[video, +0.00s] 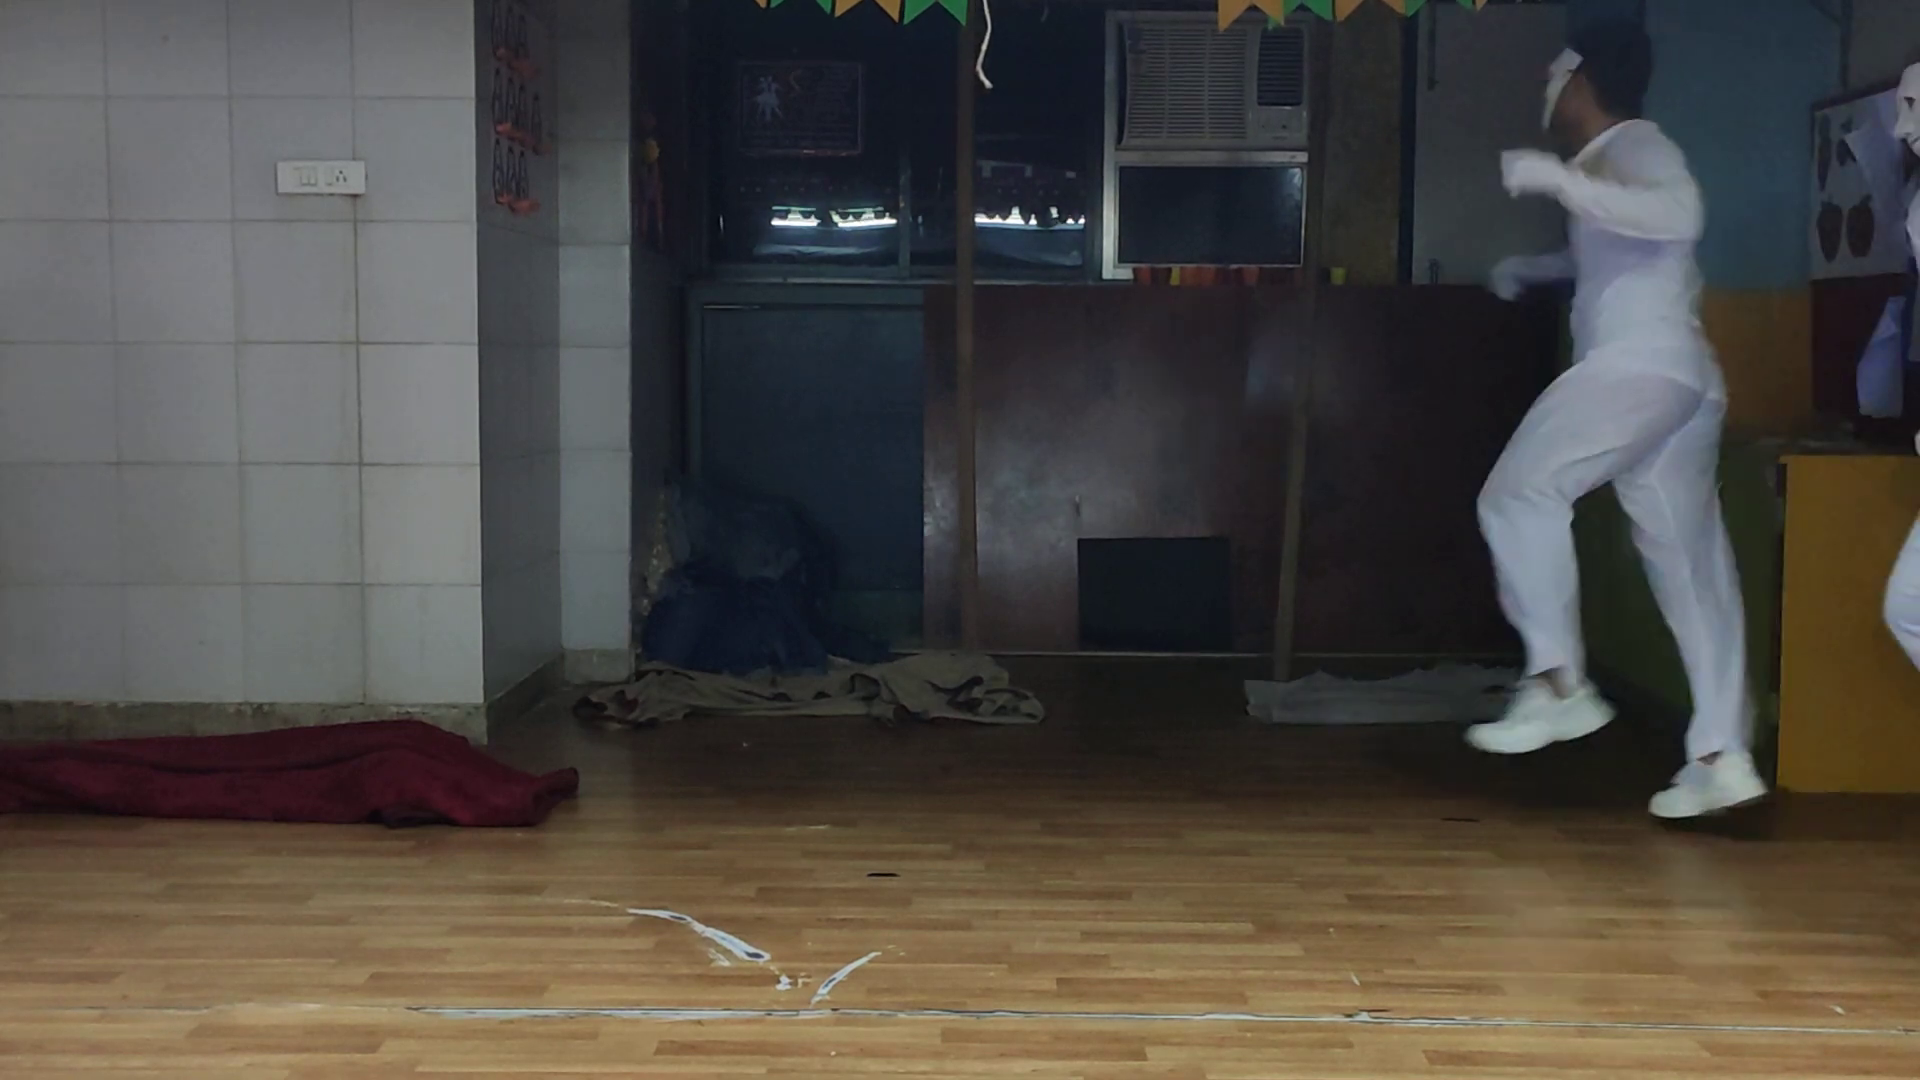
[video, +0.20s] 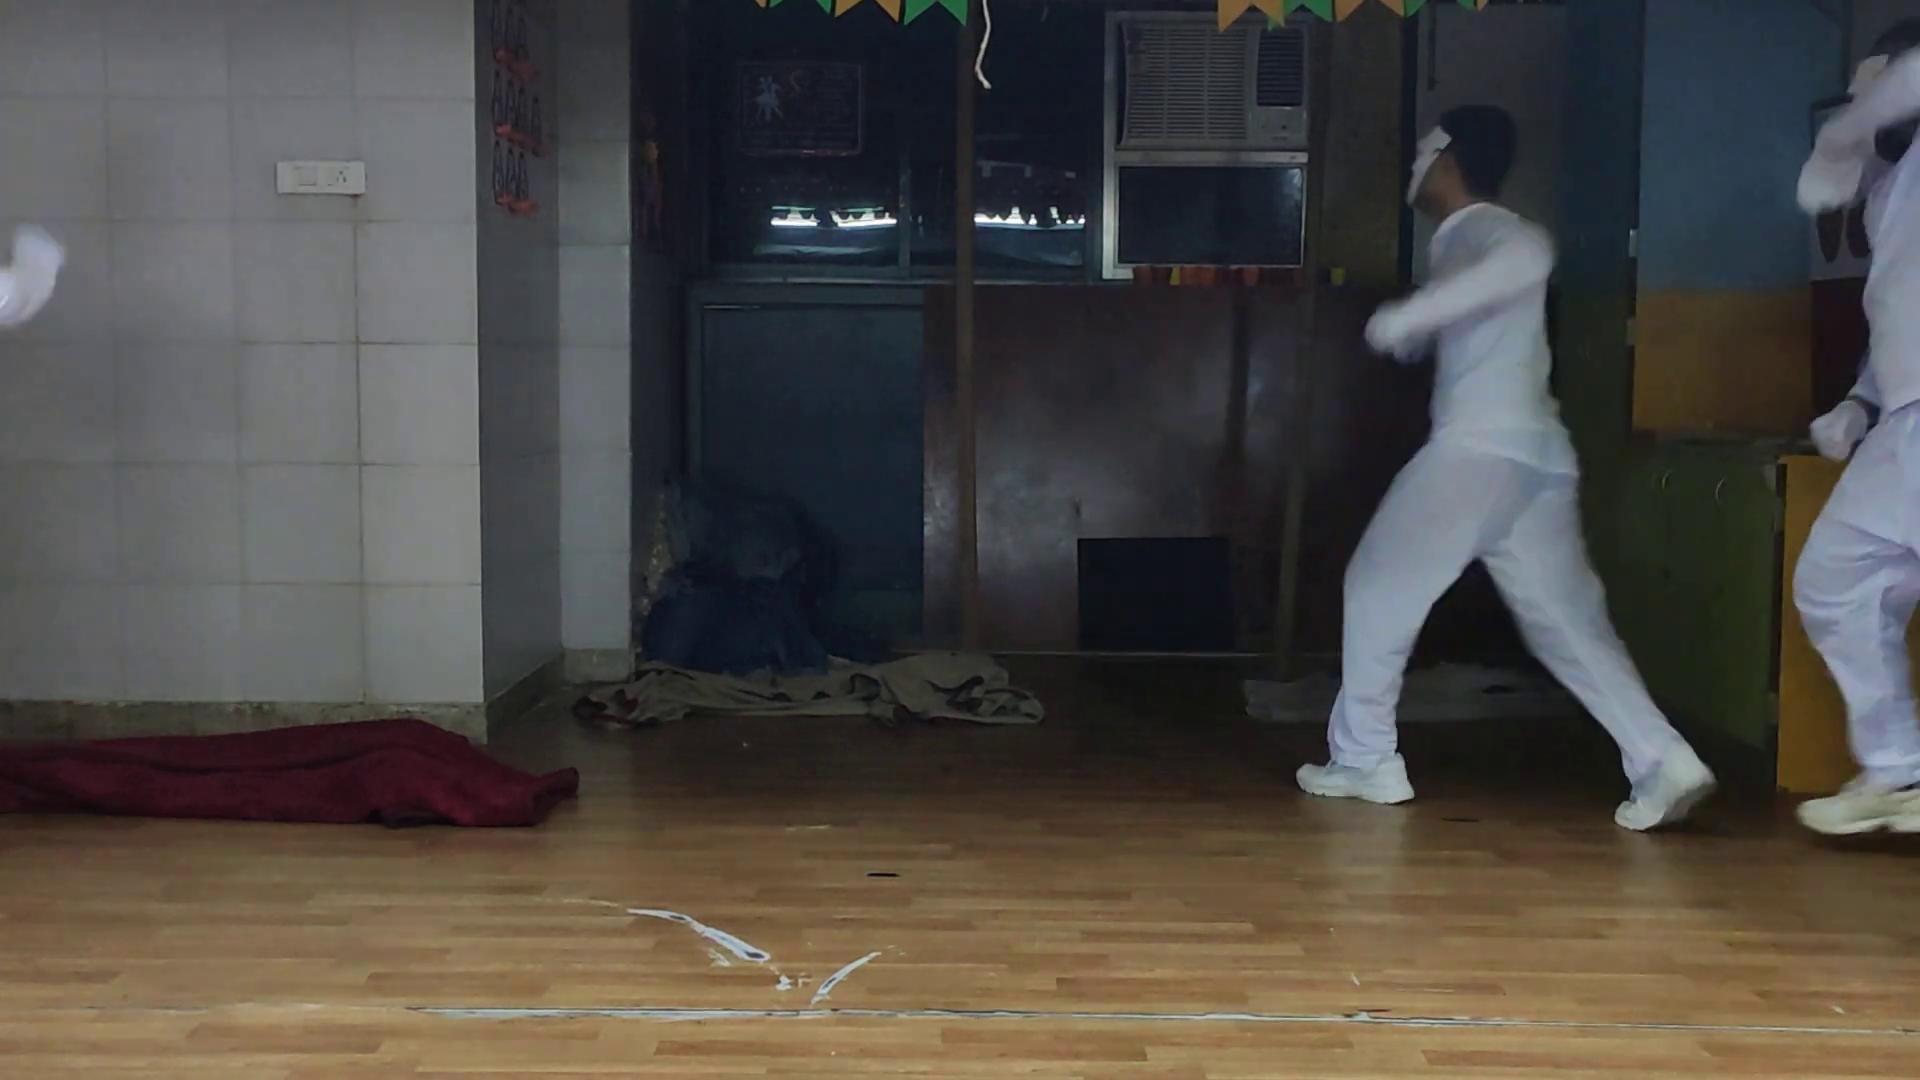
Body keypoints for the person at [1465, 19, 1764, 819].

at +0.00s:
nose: (1552, 93)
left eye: (1561, 77)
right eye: (1554, 79)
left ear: (1591, 82)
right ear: (1607, 85)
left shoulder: (1635, 143)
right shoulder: (1609, 164)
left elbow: (1679, 214)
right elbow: (1617, 254)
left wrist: (1563, 180)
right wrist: (1540, 270)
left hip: (1639, 365)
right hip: (1675, 377)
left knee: (1519, 494)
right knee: (1691, 565)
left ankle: (1559, 685)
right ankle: (1722, 756)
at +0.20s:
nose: (1415, 169)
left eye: (1423, 155)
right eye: (1420, 155)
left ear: (1448, 162)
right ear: (1471, 169)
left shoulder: (1486, 226)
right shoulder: (1456, 241)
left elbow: (1528, 260)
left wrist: (1409, 317)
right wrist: (1418, 336)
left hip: (1479, 452)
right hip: (1530, 460)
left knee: (1378, 588)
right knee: (1568, 625)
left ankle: (1365, 758)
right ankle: (1663, 762)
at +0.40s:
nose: (1340, 135)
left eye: (1345, 123)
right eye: (1344, 123)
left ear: (1362, 129)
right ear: (1411, 136)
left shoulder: (1342, 185)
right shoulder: (1446, 214)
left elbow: (1232, 229)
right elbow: (1479, 312)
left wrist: (1297, 191)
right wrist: (1411, 293)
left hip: (1374, 399)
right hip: (1439, 404)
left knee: (1362, 559)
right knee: (1385, 555)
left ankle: (1383, 752)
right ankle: (1402, 700)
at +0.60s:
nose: (1265, 186)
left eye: (1269, 178)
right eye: (1275, 179)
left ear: (1277, 183)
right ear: (1332, 196)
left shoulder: (1255, 226)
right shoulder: (1357, 261)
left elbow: (1174, 168)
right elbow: (1446, 291)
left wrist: (1125, 164)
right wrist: (1398, 318)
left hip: (1266, 420)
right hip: (1338, 430)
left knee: (1291, 572)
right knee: (1276, 568)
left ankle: (1370, 706)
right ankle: (1247, 707)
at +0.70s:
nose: (1227, 172)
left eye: (1229, 163)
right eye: (1232, 163)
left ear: (1238, 169)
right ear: (1293, 176)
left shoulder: (1224, 225)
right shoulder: (1325, 256)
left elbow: (1184, 298)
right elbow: (1340, 355)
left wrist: (1134, 363)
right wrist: (1313, 413)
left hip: (1239, 410)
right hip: (1309, 422)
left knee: (1174, 536)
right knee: (1265, 559)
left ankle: (1269, 591)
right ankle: (1245, 706)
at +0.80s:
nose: (1174, 154)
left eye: (1178, 143)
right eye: (1177, 143)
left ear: (1191, 145)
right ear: (1238, 145)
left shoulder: (1195, 202)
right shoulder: (1289, 214)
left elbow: (1184, 284)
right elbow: (1324, 299)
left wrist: (1135, 356)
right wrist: (1274, 338)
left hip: (1206, 375)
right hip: (1278, 387)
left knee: (1140, 469)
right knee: (1261, 537)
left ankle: (1202, 565)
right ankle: (1246, 688)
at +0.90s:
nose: (1129, 172)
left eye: (1129, 160)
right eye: (1128, 162)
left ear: (1141, 156)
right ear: (1191, 148)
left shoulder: (1172, 195)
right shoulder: (1245, 191)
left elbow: (1155, 248)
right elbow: (1305, 199)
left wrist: (1067, 203)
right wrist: (1287, 180)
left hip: (1178, 372)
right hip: (1249, 381)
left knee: (1135, 476)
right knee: (1231, 523)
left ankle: (1136, 619)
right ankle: (1220, 676)